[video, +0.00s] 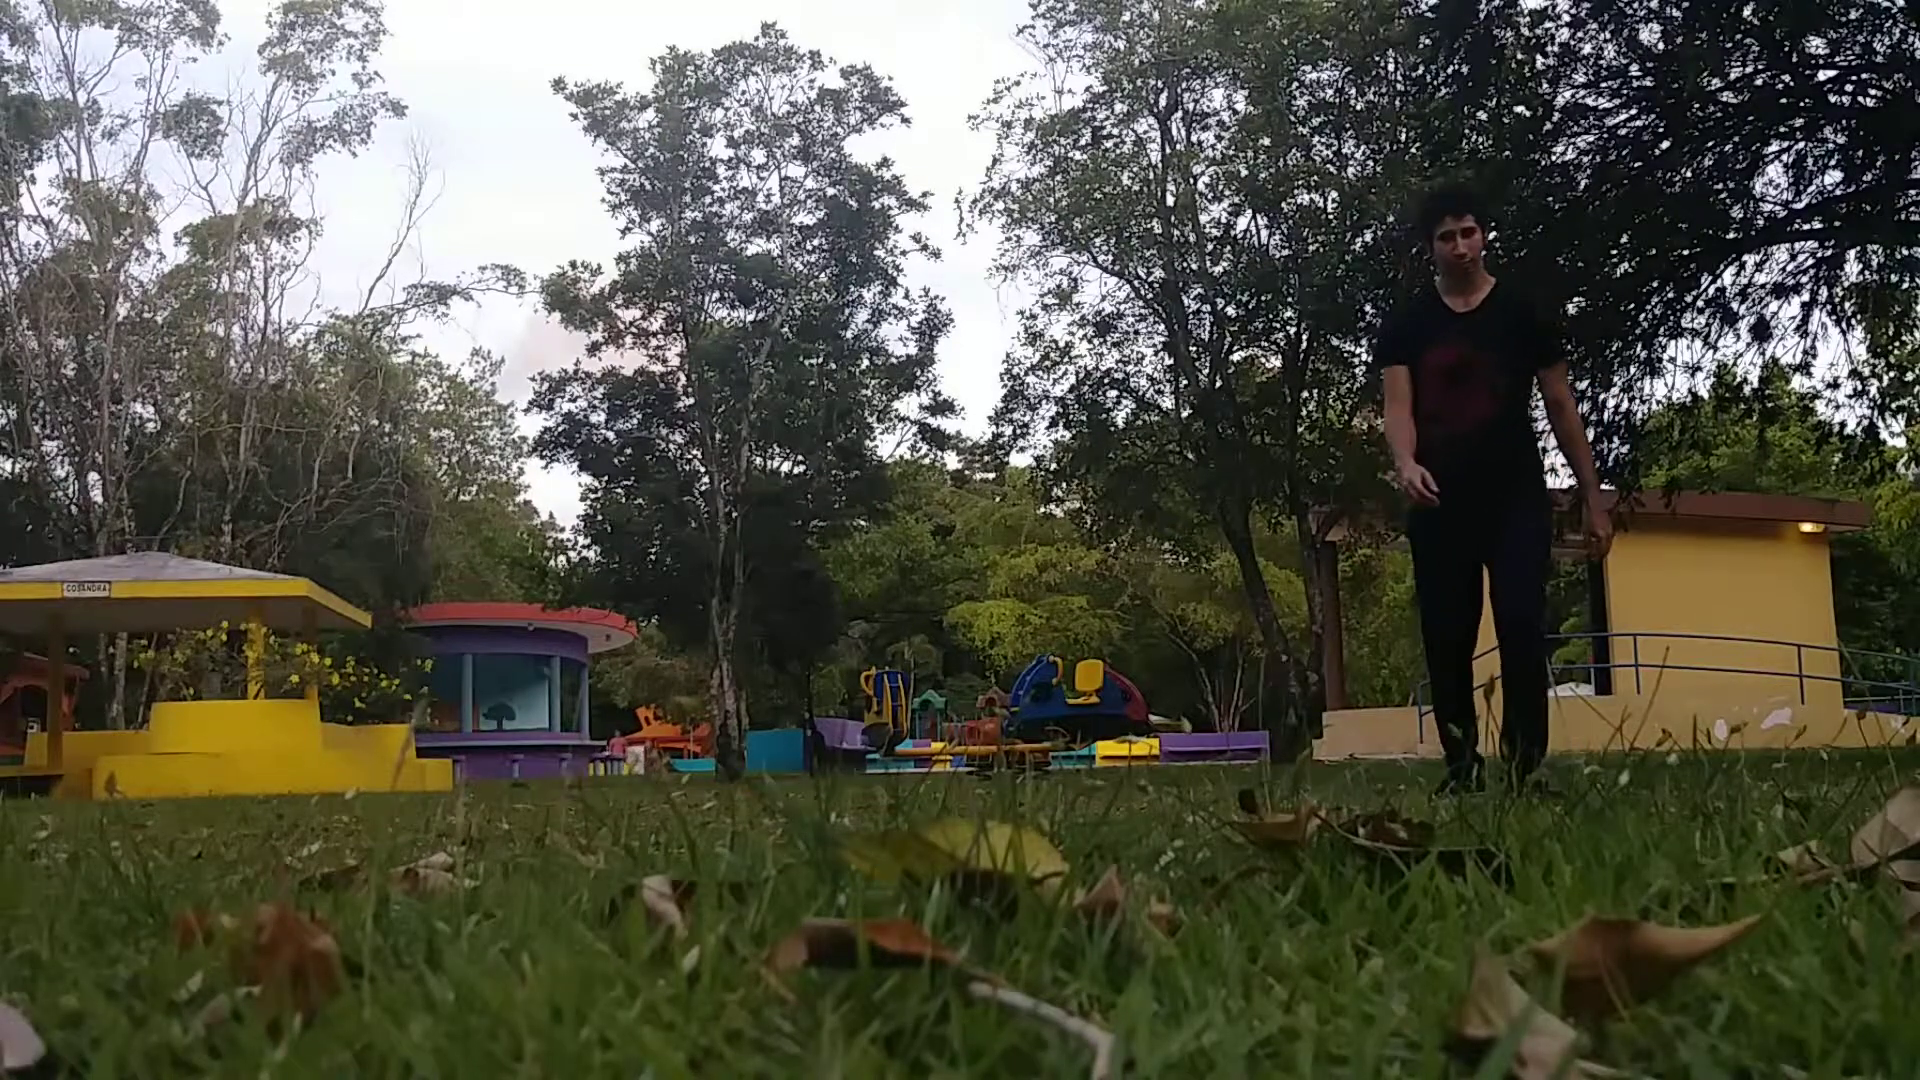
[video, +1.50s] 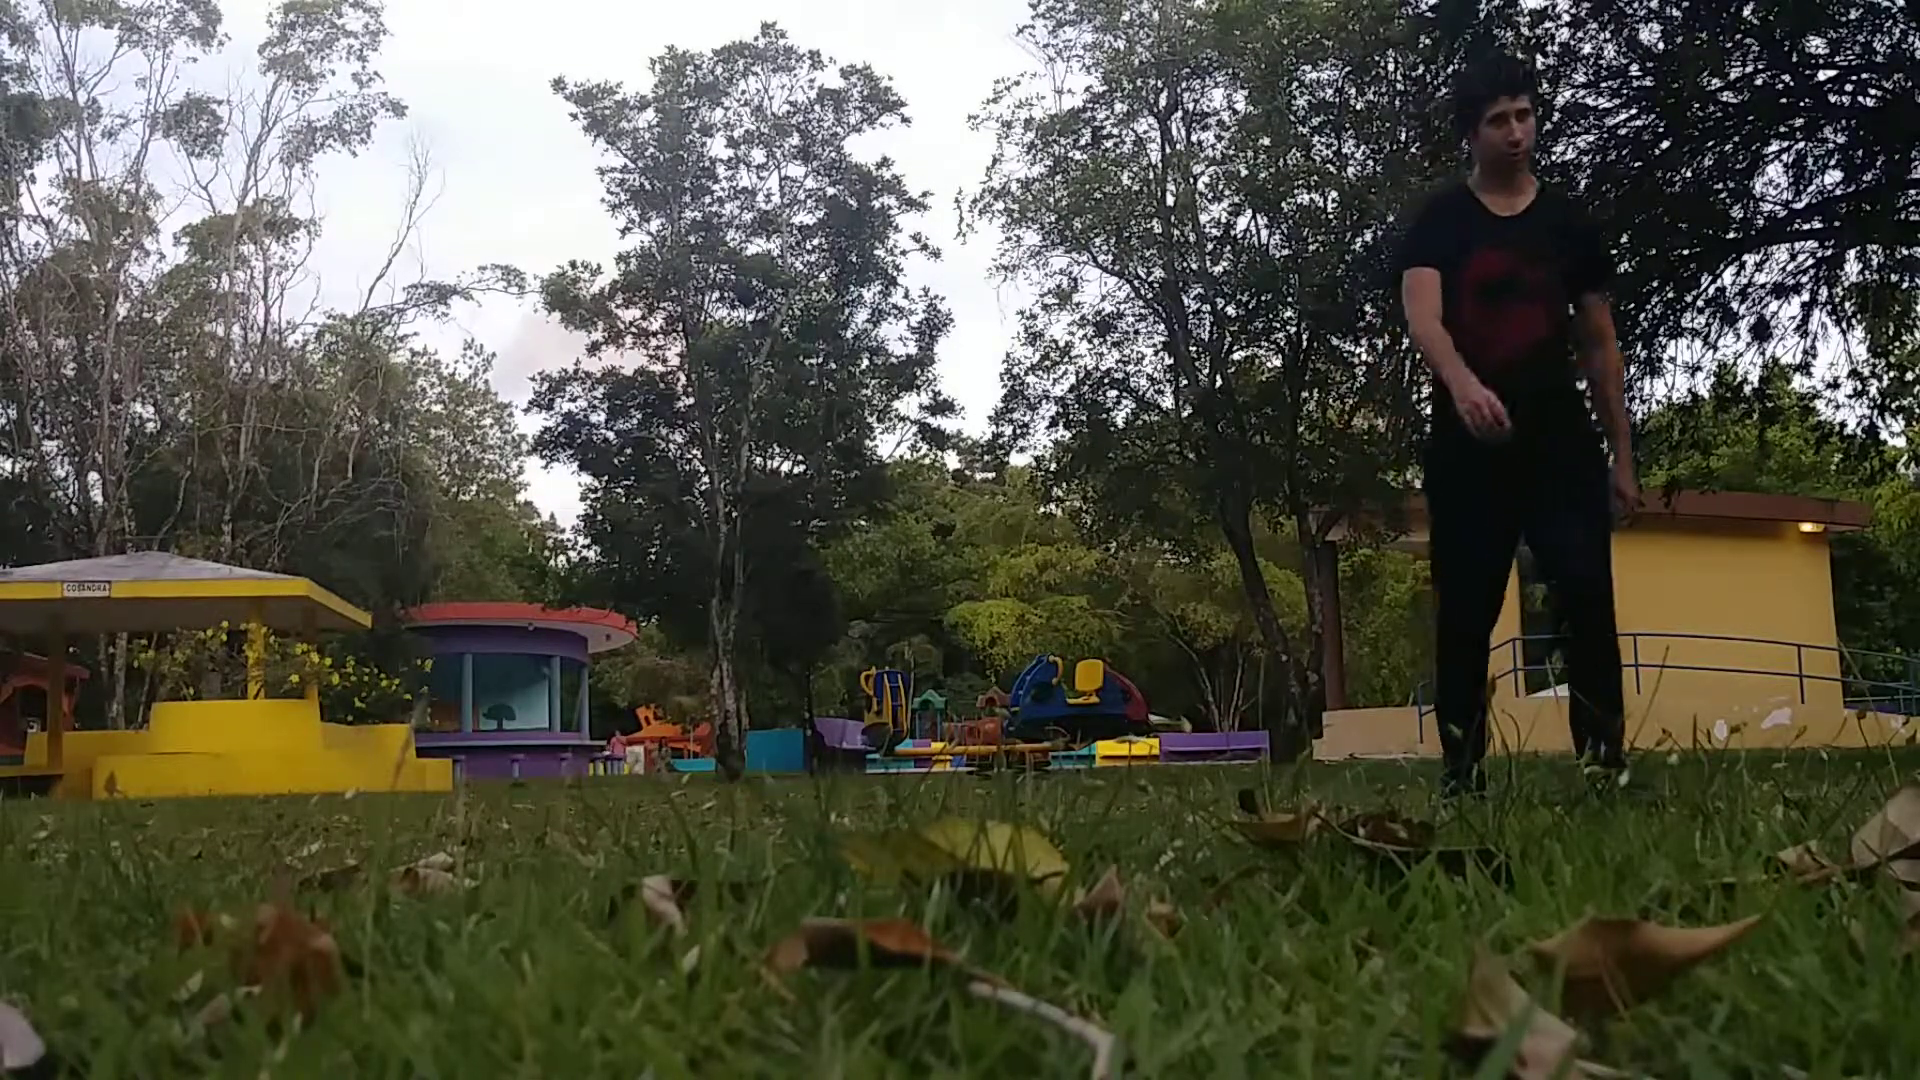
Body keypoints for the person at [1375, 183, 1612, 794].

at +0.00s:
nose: (1462, 244)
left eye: (1469, 233)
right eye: (1449, 237)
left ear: (1484, 237)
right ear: (1430, 247)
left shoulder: (1524, 311)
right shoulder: (1406, 323)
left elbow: (1563, 407)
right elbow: (1397, 405)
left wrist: (1592, 495)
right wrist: (1405, 462)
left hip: (1515, 497)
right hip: (1439, 501)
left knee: (1523, 633)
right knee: (1446, 639)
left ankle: (1525, 767)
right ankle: (1460, 767)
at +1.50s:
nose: (1517, 131)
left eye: (1525, 117)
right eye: (1500, 120)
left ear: (1536, 124)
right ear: (1468, 133)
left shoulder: (1570, 223)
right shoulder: (1438, 218)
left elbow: (1601, 343)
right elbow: (1421, 318)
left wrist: (1621, 453)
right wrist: (1461, 381)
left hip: (1560, 437)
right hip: (1470, 442)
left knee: (1588, 600)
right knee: (1465, 613)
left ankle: (1604, 765)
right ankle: (1463, 772)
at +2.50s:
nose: (1580, 22)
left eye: (1589, 8)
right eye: (1559, 10)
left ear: (1602, 21)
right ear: (1525, 31)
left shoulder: (1650, 125)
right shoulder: (1497, 142)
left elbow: (1690, 250)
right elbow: (1445, 270)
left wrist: (1701, 358)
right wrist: (1470, 356)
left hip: (1652, 388)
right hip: (1548, 395)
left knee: (1690, 575)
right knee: (1548, 585)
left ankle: (1621, 724)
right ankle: (1568, 766)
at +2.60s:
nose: (1594, 13)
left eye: (1604, 0)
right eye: (1575, 0)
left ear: (1617, 14)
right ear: (1538, 16)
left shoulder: (1662, 117)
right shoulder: (1503, 129)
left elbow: (1705, 245)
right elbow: (1452, 250)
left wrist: (1729, 352)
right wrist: (1513, 279)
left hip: (1662, 373)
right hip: (1558, 383)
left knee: (1721, 555)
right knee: (1557, 573)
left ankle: (1656, 729)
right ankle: (1568, 767)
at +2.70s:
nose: (1619, 3)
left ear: (1636, 8)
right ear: (1555, 9)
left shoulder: (1679, 113)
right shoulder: (1522, 114)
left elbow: (1720, 238)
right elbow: (1486, 230)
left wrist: (1756, 337)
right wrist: (1567, 235)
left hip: (1676, 363)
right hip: (1572, 373)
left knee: (1759, 537)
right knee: (1566, 571)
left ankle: (1728, 742)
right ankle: (1568, 765)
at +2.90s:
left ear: (1702, 4)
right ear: (1623, 2)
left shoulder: (1743, 107)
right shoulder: (1589, 97)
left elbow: (1764, 244)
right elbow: (1586, 227)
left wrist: (1805, 333)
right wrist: (1667, 241)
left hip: (1743, 364)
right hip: (1634, 369)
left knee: (1817, 546)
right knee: (1610, 570)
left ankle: (1846, 753)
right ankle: (1577, 767)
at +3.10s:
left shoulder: (1827, 73)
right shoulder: (1649, 68)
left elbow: (1854, 212)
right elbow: (1606, 217)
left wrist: (1898, 289)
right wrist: (1690, 260)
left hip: (1815, 331)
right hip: (1702, 341)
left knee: (1861, 543)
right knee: (1728, 540)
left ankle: (1856, 766)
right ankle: (1640, 734)